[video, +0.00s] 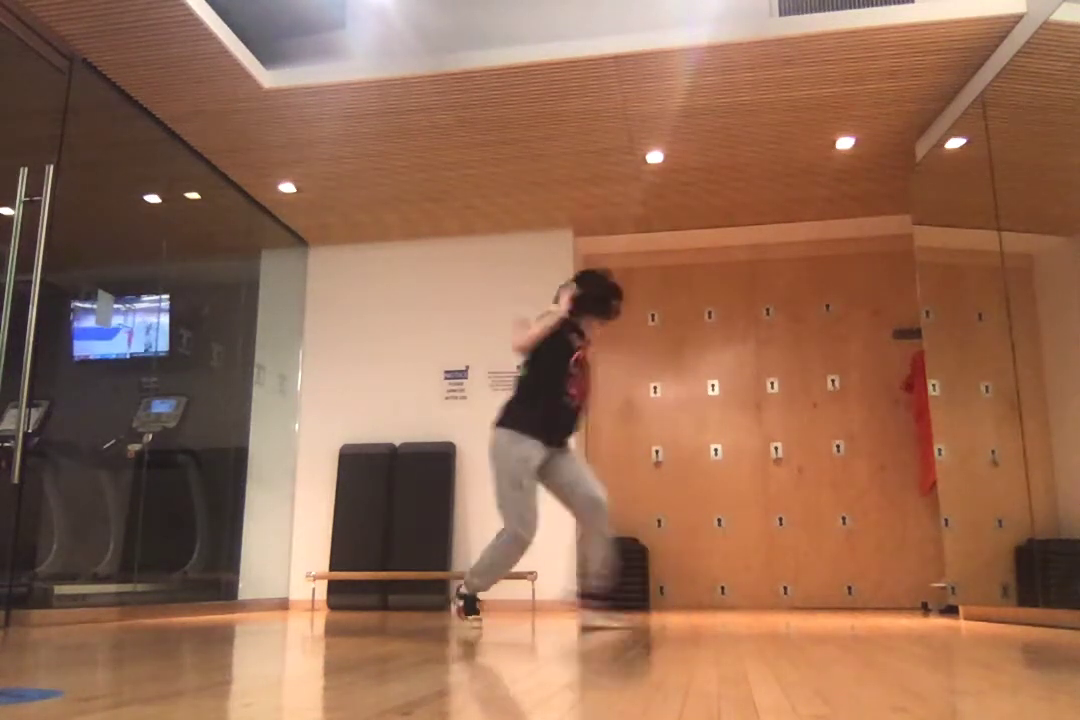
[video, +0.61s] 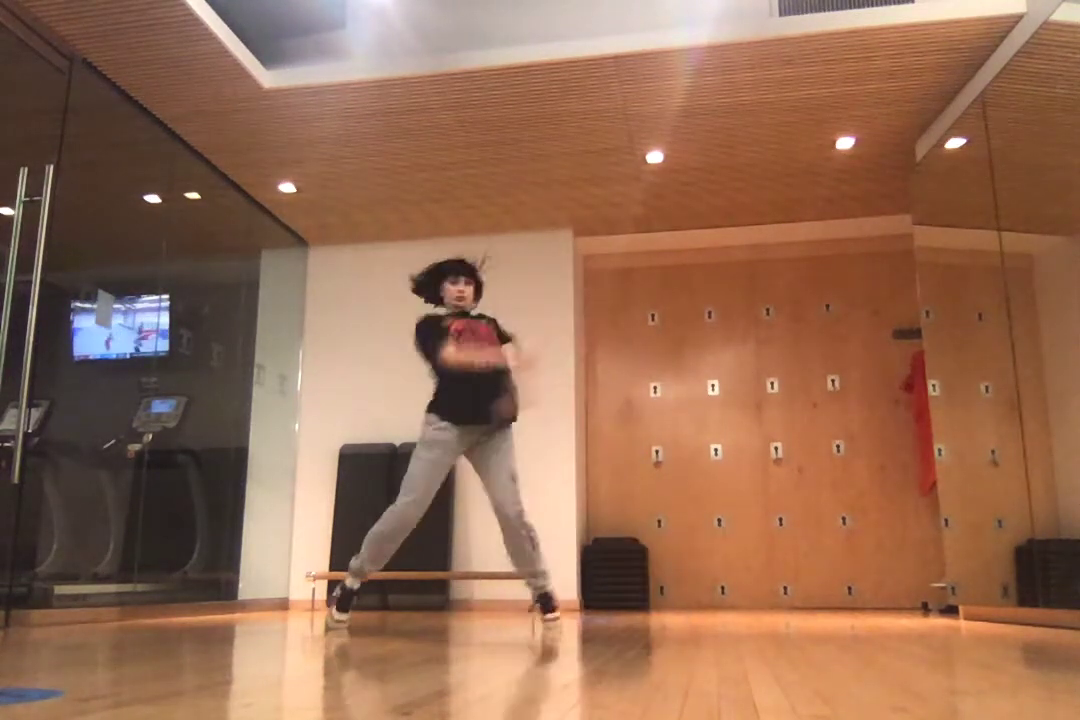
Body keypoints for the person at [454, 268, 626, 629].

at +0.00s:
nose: (600, 326)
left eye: (605, 320)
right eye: (600, 317)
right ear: (584, 307)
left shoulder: (580, 343)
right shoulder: (552, 328)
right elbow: (521, 343)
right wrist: (559, 312)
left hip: (553, 445)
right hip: (518, 438)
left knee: (593, 504)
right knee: (520, 529)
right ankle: (468, 590)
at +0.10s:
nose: (602, 348)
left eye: (606, 343)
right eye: (603, 340)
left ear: (591, 325)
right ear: (590, 327)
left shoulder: (572, 347)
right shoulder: (549, 328)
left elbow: (582, 317)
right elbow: (516, 306)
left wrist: (572, 295)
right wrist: (553, 286)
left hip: (531, 449)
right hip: (494, 442)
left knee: (551, 517)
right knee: (504, 526)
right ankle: (454, 584)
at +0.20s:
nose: (577, 341)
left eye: (581, 336)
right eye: (573, 333)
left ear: (581, 333)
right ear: (559, 322)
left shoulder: (561, 348)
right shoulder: (532, 333)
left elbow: (583, 319)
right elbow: (541, 286)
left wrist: (593, 288)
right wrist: (575, 266)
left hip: (519, 454)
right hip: (482, 446)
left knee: (548, 520)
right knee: (465, 530)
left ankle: (522, 603)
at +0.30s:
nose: (543, 288)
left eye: (543, 284)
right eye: (537, 283)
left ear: (536, 298)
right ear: (522, 293)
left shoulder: (541, 331)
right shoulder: (515, 325)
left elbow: (574, 314)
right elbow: (541, 279)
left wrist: (597, 285)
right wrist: (577, 257)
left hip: (513, 448)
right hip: (481, 438)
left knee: (539, 516)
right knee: (433, 517)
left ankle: (522, 602)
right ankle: (351, 578)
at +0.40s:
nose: (504, 277)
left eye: (502, 272)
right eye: (495, 274)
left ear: (500, 281)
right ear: (479, 285)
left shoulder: (519, 320)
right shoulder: (485, 311)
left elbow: (559, 314)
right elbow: (519, 276)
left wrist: (598, 301)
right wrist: (572, 267)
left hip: (507, 437)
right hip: (471, 426)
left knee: (523, 509)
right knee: (424, 506)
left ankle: (521, 602)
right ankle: (359, 581)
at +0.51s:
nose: (475, 286)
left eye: (479, 280)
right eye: (466, 282)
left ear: (489, 283)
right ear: (451, 289)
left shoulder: (501, 319)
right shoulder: (451, 314)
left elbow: (541, 333)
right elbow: (482, 301)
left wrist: (581, 341)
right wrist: (535, 302)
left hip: (502, 428)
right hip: (460, 423)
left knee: (513, 512)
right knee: (416, 507)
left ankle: (522, 600)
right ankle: (357, 582)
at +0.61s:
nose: (461, 288)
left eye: (467, 283)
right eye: (453, 282)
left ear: (477, 291)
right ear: (439, 289)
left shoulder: (490, 327)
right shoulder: (431, 324)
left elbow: (514, 358)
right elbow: (447, 358)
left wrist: (513, 399)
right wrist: (499, 357)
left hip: (492, 428)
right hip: (445, 427)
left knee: (511, 511)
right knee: (410, 507)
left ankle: (542, 591)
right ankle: (351, 582)